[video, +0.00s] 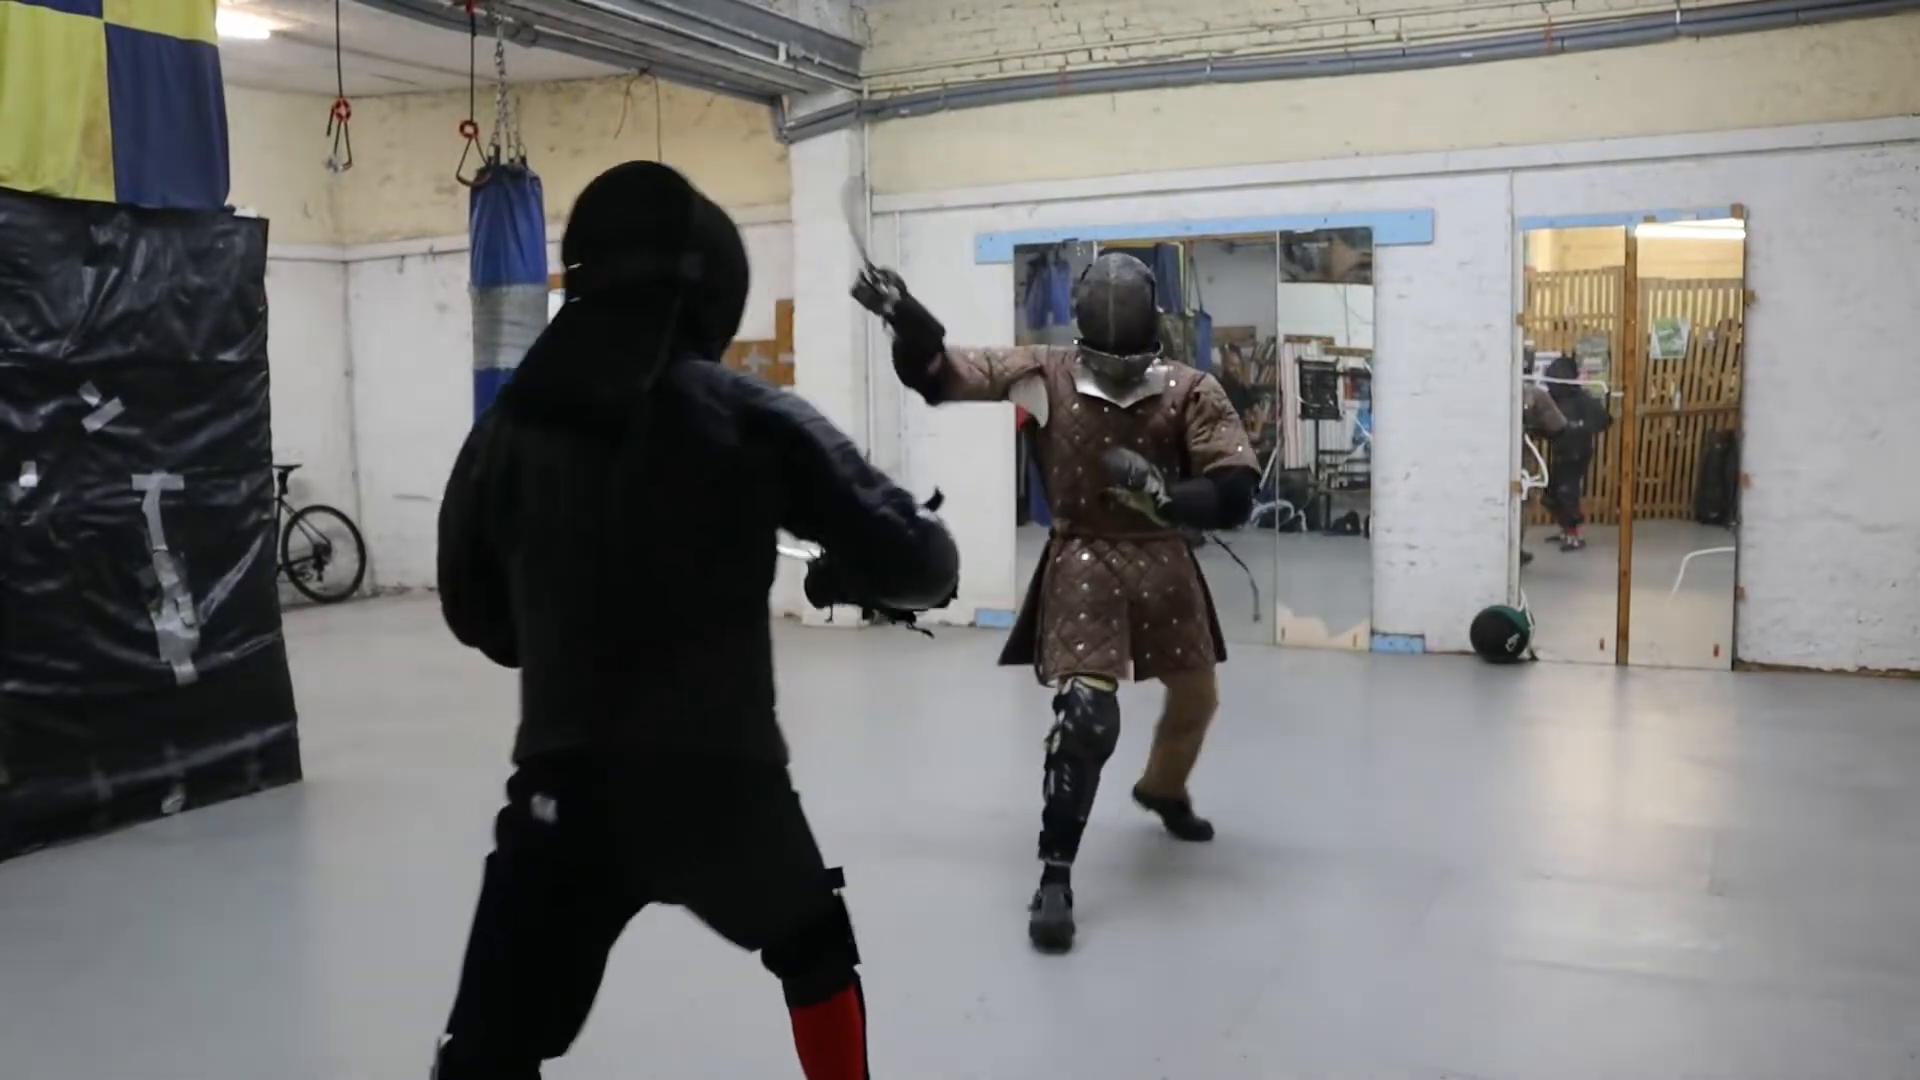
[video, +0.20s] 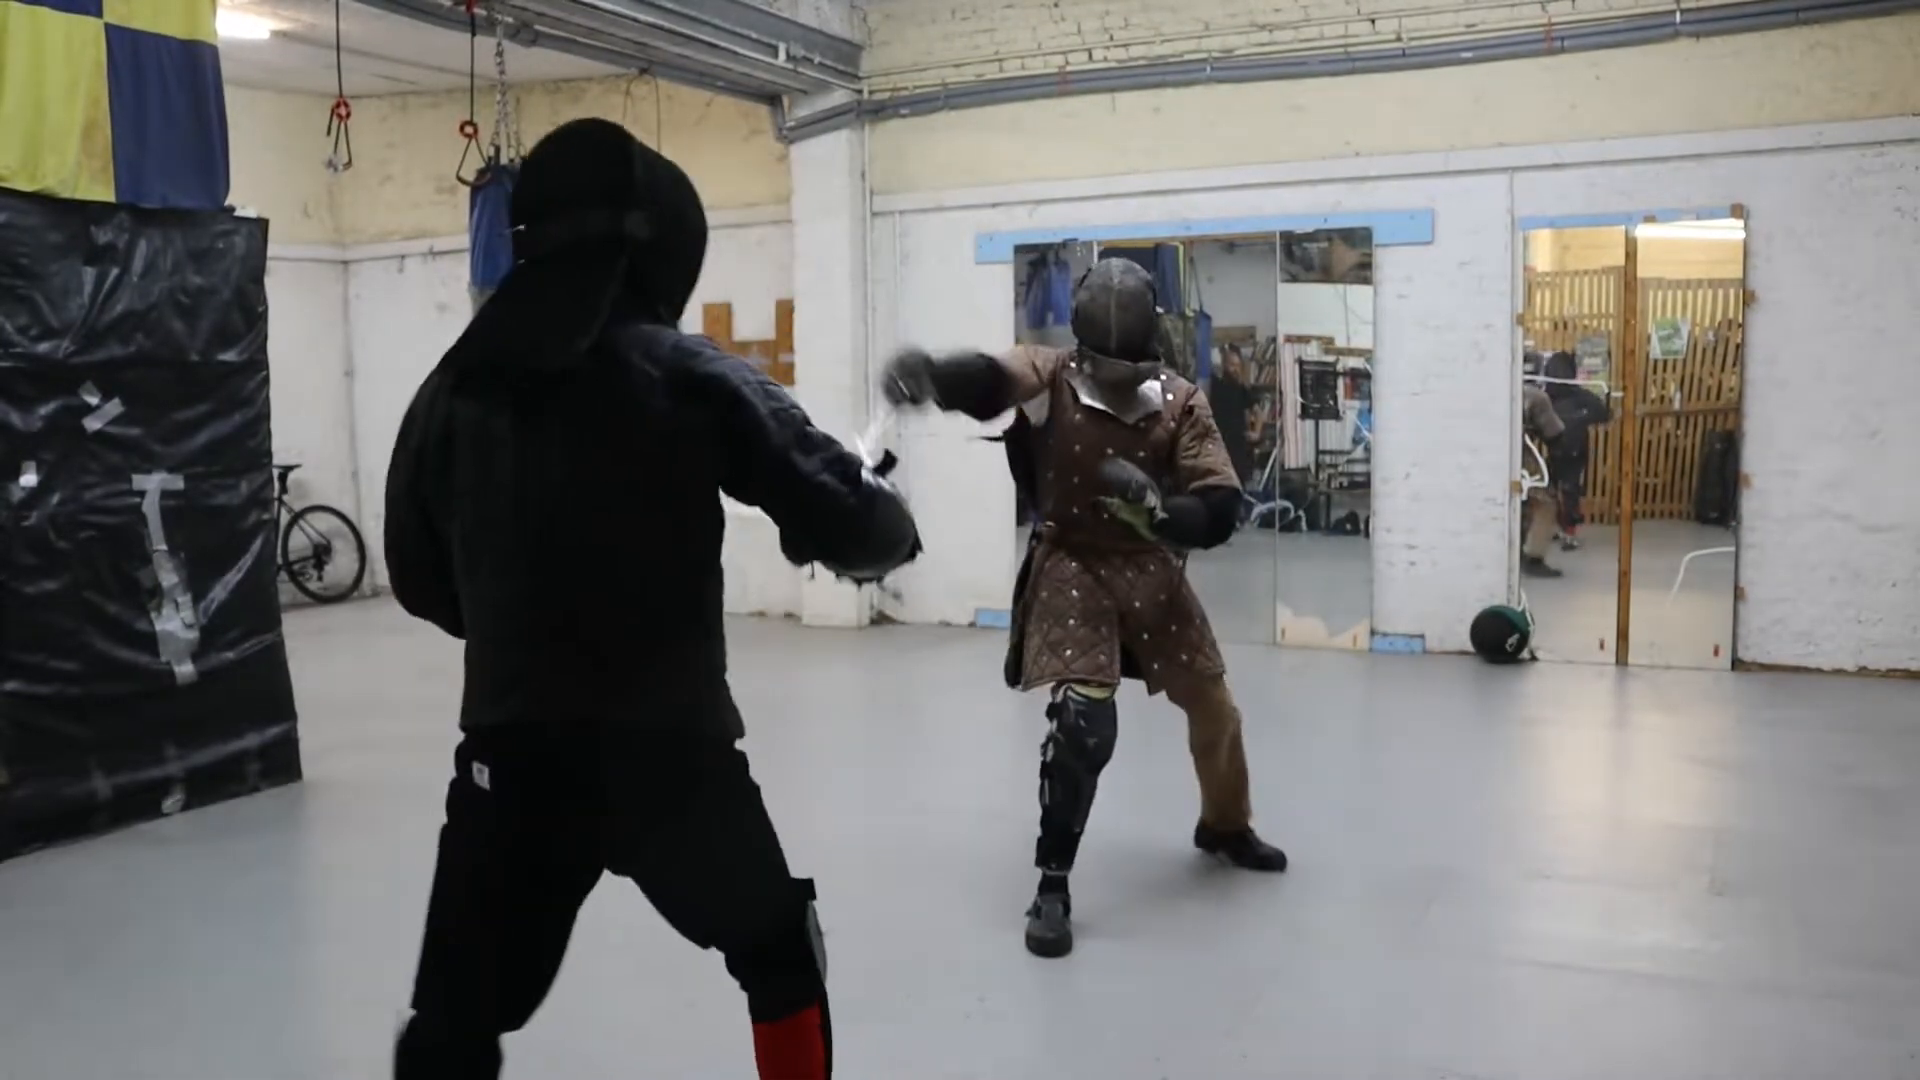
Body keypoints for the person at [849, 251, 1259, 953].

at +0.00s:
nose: (1115, 366)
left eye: (1129, 353)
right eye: (1103, 351)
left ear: (1153, 333)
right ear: (1082, 332)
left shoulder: (1190, 391)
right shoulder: (1044, 373)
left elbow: (1237, 490)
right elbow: (939, 374)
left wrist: (1166, 493)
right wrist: (907, 318)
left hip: (1164, 557)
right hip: (1082, 557)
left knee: (1196, 695)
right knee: (1087, 719)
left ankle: (1164, 787)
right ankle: (1056, 877)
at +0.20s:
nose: (1113, 375)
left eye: (1127, 362)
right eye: (1100, 360)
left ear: (1150, 343)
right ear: (1080, 340)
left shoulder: (1181, 402)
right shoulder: (1051, 372)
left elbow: (1222, 505)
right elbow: (994, 380)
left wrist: (1160, 508)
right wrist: (935, 379)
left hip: (1151, 569)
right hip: (1071, 568)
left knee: (1216, 711)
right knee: (1084, 728)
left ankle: (1226, 828)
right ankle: (1052, 885)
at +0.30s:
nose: (1121, 372)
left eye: (1135, 357)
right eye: (1107, 356)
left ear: (1156, 341)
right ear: (1084, 339)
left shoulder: (1182, 397)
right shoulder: (1047, 375)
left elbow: (1229, 497)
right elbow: (994, 408)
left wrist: (1180, 513)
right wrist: (987, 434)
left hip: (1152, 567)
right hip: (1070, 567)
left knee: (1216, 711)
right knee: (1082, 731)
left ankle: (1215, 840)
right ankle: (1052, 888)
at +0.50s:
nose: (1112, 365)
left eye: (1126, 352)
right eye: (1098, 352)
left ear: (1149, 334)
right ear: (1076, 336)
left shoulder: (1190, 387)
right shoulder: (1049, 377)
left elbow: (1239, 488)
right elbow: (1002, 424)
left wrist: (1177, 517)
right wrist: (1060, 432)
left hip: (1174, 567)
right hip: (1088, 566)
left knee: (1221, 714)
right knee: (1077, 724)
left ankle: (1213, 840)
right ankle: (1056, 888)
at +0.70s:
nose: (1085, 336)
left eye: (1095, 317)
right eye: (1069, 324)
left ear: (1118, 317)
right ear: (1046, 335)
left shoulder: (1171, 377)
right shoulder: (1034, 405)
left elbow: (1234, 476)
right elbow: (983, 423)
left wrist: (1164, 510)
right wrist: (1026, 348)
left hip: (1176, 562)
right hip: (1086, 570)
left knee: (1226, 707)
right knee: (1087, 734)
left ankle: (1225, 822)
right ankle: (1055, 890)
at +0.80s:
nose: (1080, 367)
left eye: (1090, 349)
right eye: (1063, 356)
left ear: (1111, 325)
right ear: (1039, 341)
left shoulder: (1168, 374)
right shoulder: (1027, 400)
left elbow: (1237, 474)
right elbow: (968, 462)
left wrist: (1171, 510)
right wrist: (988, 391)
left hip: (1178, 568)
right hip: (1086, 576)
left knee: (1238, 713)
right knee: (1089, 736)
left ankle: (1234, 816)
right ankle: (1053, 892)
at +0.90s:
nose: (1086, 366)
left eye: (1099, 349)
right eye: (1070, 353)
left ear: (1123, 323)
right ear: (1048, 337)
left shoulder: (1179, 379)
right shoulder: (1027, 397)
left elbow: (1248, 476)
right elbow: (993, 470)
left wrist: (1174, 517)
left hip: (1180, 572)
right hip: (1088, 579)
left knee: (1235, 722)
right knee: (1088, 737)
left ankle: (1233, 836)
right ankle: (1052, 893)